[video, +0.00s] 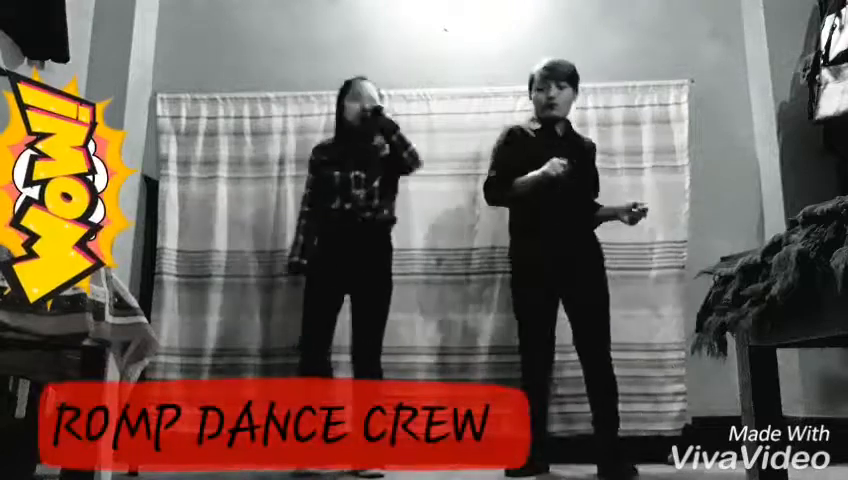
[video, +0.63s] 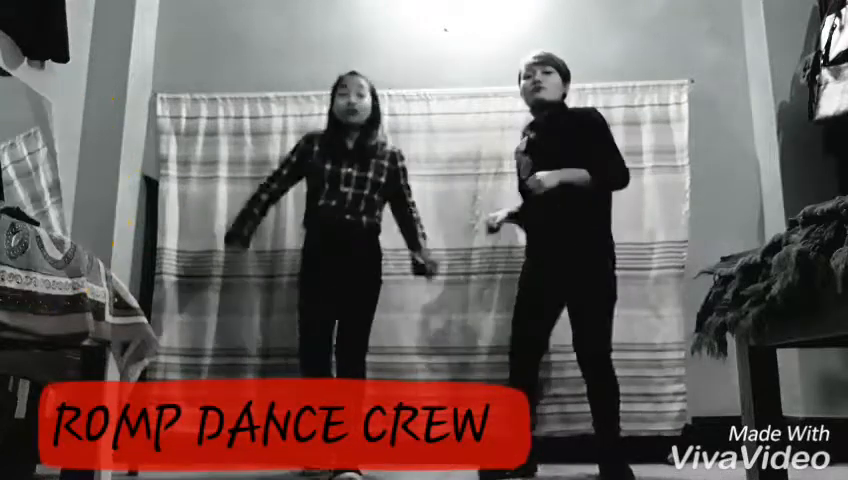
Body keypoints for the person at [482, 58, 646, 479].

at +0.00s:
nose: (549, 94)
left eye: (559, 87)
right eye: (541, 88)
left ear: (574, 95)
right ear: (530, 96)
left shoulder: (582, 148)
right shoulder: (515, 140)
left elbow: (584, 212)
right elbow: (493, 193)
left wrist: (619, 212)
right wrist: (539, 175)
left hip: (581, 263)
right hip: (532, 265)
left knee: (597, 359)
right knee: (536, 363)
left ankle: (610, 456)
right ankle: (533, 455)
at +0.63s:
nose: (535, 79)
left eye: (545, 73)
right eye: (528, 75)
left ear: (565, 85)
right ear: (521, 90)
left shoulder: (587, 121)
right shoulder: (527, 143)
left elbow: (617, 174)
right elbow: (536, 204)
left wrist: (560, 176)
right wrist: (507, 216)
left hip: (589, 260)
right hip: (542, 262)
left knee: (594, 358)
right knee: (523, 356)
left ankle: (611, 459)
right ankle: (519, 457)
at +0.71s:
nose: (537, 77)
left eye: (547, 70)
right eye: (529, 73)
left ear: (566, 83)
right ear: (521, 90)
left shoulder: (588, 119)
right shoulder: (519, 145)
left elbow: (600, 174)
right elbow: (510, 206)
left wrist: (545, 183)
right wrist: (498, 221)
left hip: (588, 253)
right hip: (539, 256)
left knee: (596, 357)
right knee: (518, 355)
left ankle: (611, 459)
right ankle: (504, 460)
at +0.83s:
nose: (526, 92)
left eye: (535, 86)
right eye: (517, 88)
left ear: (551, 98)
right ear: (507, 103)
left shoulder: (575, 143)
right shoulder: (500, 158)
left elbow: (585, 200)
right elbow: (497, 212)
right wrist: (501, 255)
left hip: (570, 265)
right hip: (519, 268)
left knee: (592, 364)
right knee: (512, 367)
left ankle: (610, 459)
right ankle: (504, 461)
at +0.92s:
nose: (522, 80)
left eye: (531, 73)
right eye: (513, 76)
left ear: (546, 88)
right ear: (502, 92)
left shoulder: (564, 139)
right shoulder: (493, 134)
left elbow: (594, 189)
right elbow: (504, 193)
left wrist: (627, 241)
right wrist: (545, 229)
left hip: (561, 263)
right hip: (511, 264)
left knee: (581, 361)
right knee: (510, 363)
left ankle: (599, 461)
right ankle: (502, 462)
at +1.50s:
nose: (544, 84)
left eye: (554, 79)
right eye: (534, 79)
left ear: (567, 93)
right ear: (521, 95)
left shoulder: (587, 136)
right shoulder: (510, 156)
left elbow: (599, 201)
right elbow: (500, 221)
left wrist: (584, 256)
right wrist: (497, 278)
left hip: (587, 260)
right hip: (535, 264)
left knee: (601, 360)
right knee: (515, 361)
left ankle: (600, 459)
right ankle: (486, 456)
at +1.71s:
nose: (520, 83)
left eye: (529, 78)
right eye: (511, 76)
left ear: (539, 91)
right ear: (494, 88)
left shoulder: (545, 149)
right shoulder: (478, 143)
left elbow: (573, 201)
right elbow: (440, 196)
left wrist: (614, 246)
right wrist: (432, 257)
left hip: (534, 274)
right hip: (489, 274)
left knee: (571, 352)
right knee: (501, 358)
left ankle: (587, 453)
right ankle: (476, 452)